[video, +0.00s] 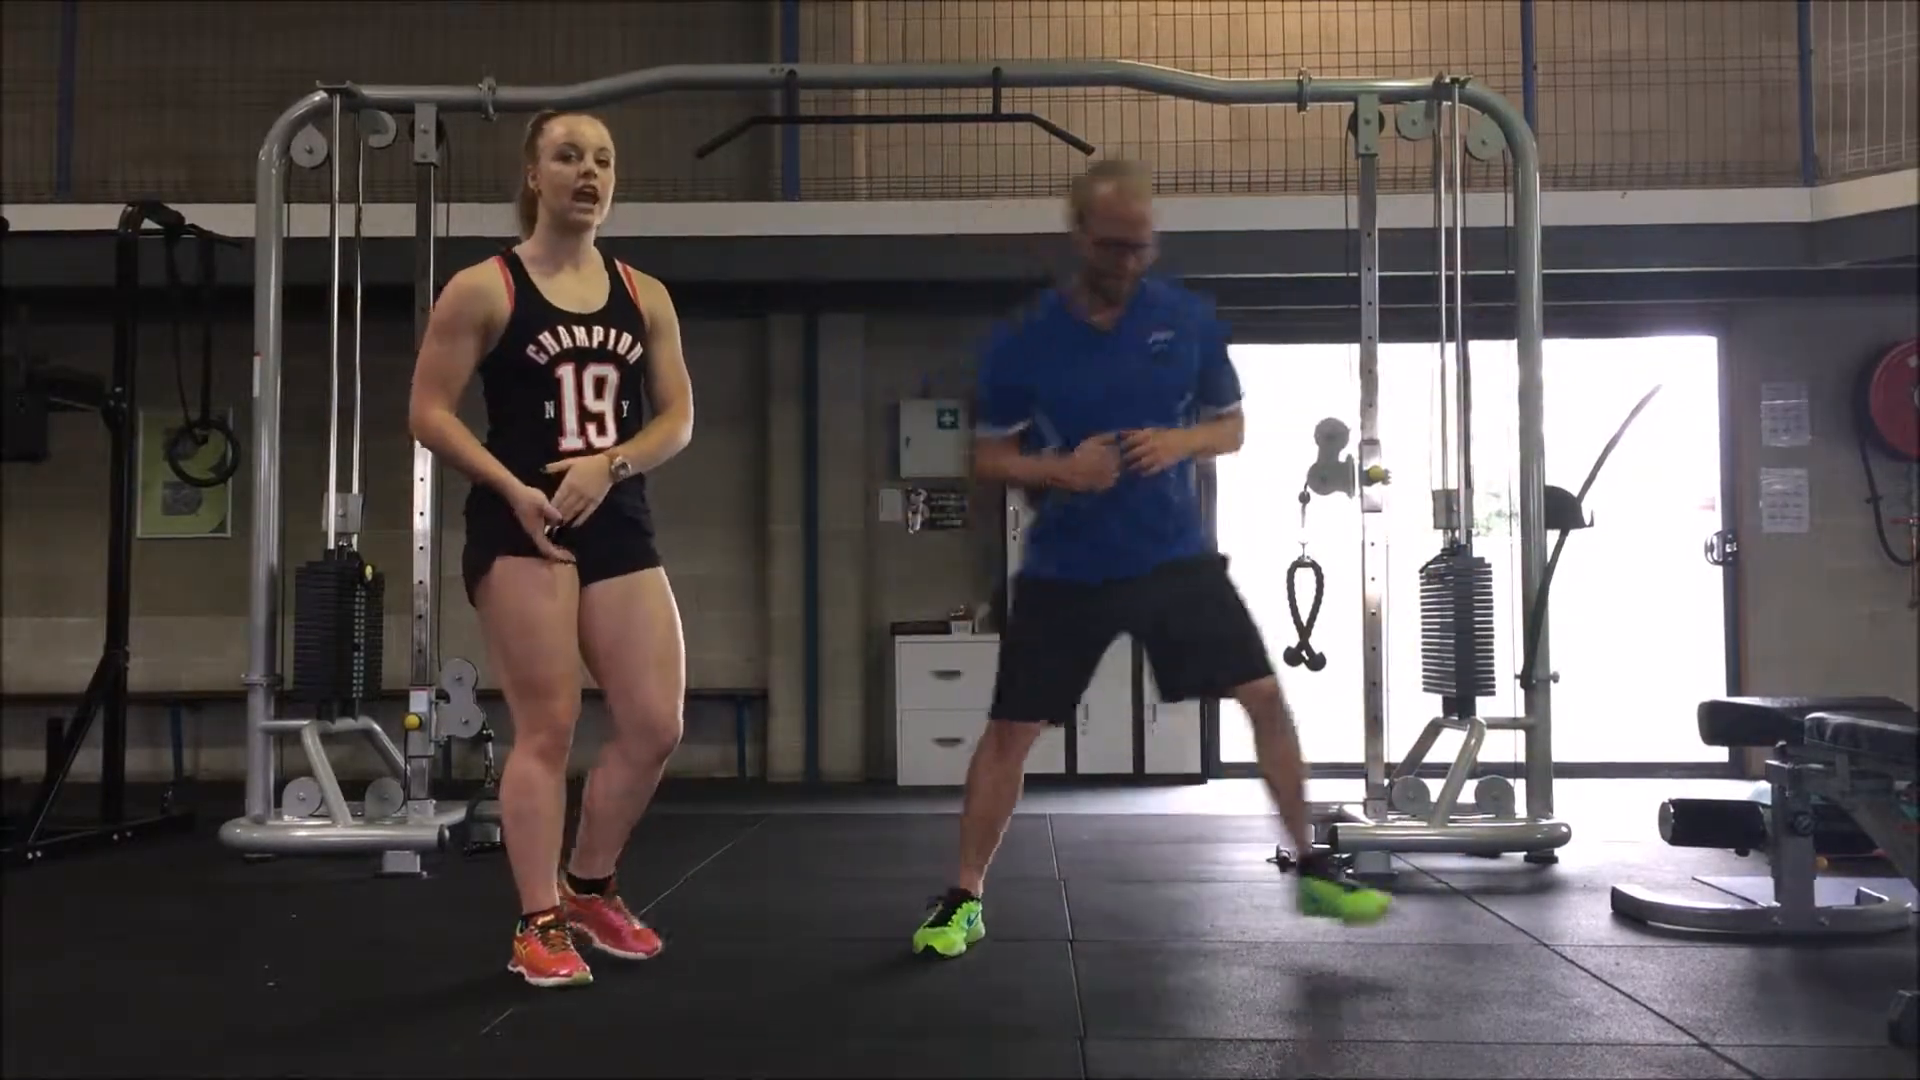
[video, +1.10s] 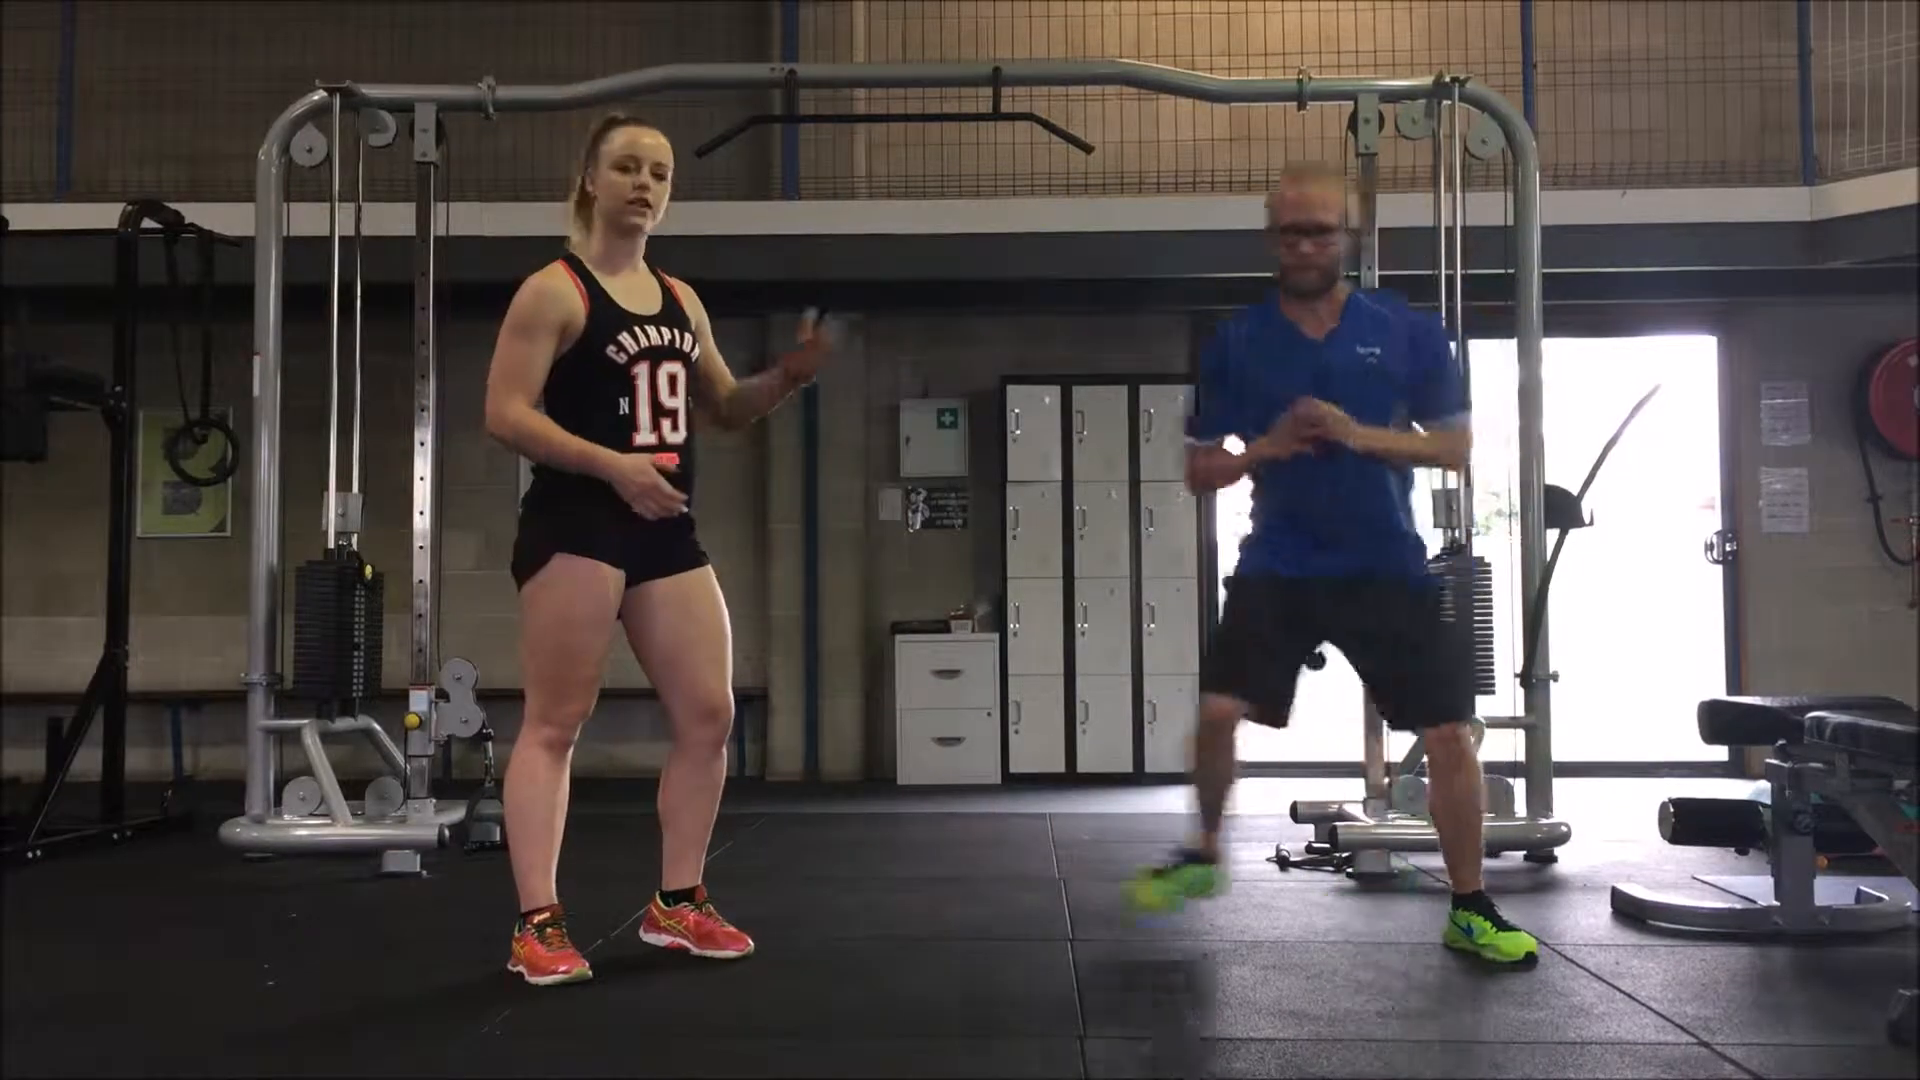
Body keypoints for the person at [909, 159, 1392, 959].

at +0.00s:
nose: (1128, 263)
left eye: (1141, 247)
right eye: (1112, 246)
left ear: (1155, 238)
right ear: (1077, 234)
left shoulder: (1188, 320)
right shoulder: (1024, 341)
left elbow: (1229, 429)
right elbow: (987, 456)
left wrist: (1178, 442)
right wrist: (1058, 469)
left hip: (1174, 563)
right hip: (1064, 572)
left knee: (1262, 694)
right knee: (1010, 729)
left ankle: (1307, 861)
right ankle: (964, 897)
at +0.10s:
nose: (1222, 230)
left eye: (1231, 213)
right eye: (1206, 214)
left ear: (1243, 203)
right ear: (1163, 206)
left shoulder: (1272, 287)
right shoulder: (1100, 295)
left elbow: (1304, 405)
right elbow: (1065, 418)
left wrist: (1257, 405)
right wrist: (1146, 425)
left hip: (1243, 537)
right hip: (1131, 541)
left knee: (1334, 690)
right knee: (1051, 699)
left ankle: (1416, 856)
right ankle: (976, 859)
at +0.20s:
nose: (1306, 240)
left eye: (1316, 223)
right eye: (1290, 224)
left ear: (1325, 212)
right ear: (1245, 213)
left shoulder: (1358, 297)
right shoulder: (1181, 299)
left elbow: (1382, 417)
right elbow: (1141, 428)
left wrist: (1331, 420)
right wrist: (1224, 433)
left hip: (1321, 546)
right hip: (1209, 543)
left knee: (1402, 710)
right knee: (1111, 691)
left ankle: (1469, 886)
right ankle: (1017, 838)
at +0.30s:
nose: (1368, 271)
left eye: (1381, 255)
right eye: (1352, 254)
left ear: (1394, 245)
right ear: (1310, 239)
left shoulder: (1423, 330)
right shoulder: (1249, 332)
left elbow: (1452, 448)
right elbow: (1209, 458)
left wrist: (1400, 452)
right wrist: (1289, 462)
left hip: (1378, 573)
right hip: (1267, 574)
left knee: (1454, 721)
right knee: (1177, 715)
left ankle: (1472, 903)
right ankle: (1101, 835)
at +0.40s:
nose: (1408, 278)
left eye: (1422, 263)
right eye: (1394, 261)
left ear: (1436, 254)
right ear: (1351, 245)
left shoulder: (1462, 339)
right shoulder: (1289, 337)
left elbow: (1488, 455)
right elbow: (1251, 468)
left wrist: (1441, 462)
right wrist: (1334, 471)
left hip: (1417, 577)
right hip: (1307, 577)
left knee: (1467, 728)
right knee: (1242, 732)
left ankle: (1472, 905)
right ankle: (1194, 846)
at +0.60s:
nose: (1425, 249)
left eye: (1439, 233)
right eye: (1409, 231)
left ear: (1454, 229)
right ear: (1370, 220)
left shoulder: (1495, 321)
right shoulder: (1316, 327)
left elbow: (1524, 433)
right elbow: (1282, 460)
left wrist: (1472, 438)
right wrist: (1364, 452)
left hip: (1447, 566)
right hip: (1342, 569)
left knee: (1473, 725)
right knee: (1325, 737)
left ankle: (1471, 904)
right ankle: (1322, 848)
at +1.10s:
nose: (1304, 247)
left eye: (1319, 233)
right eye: (1290, 233)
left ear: (1348, 236)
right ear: (1269, 237)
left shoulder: (1410, 333)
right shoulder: (1236, 342)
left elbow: (1452, 446)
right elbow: (1199, 471)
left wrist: (1358, 434)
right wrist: (1261, 448)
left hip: (1385, 568)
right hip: (1276, 569)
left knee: (1450, 733)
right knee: (1217, 712)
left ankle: (1471, 905)